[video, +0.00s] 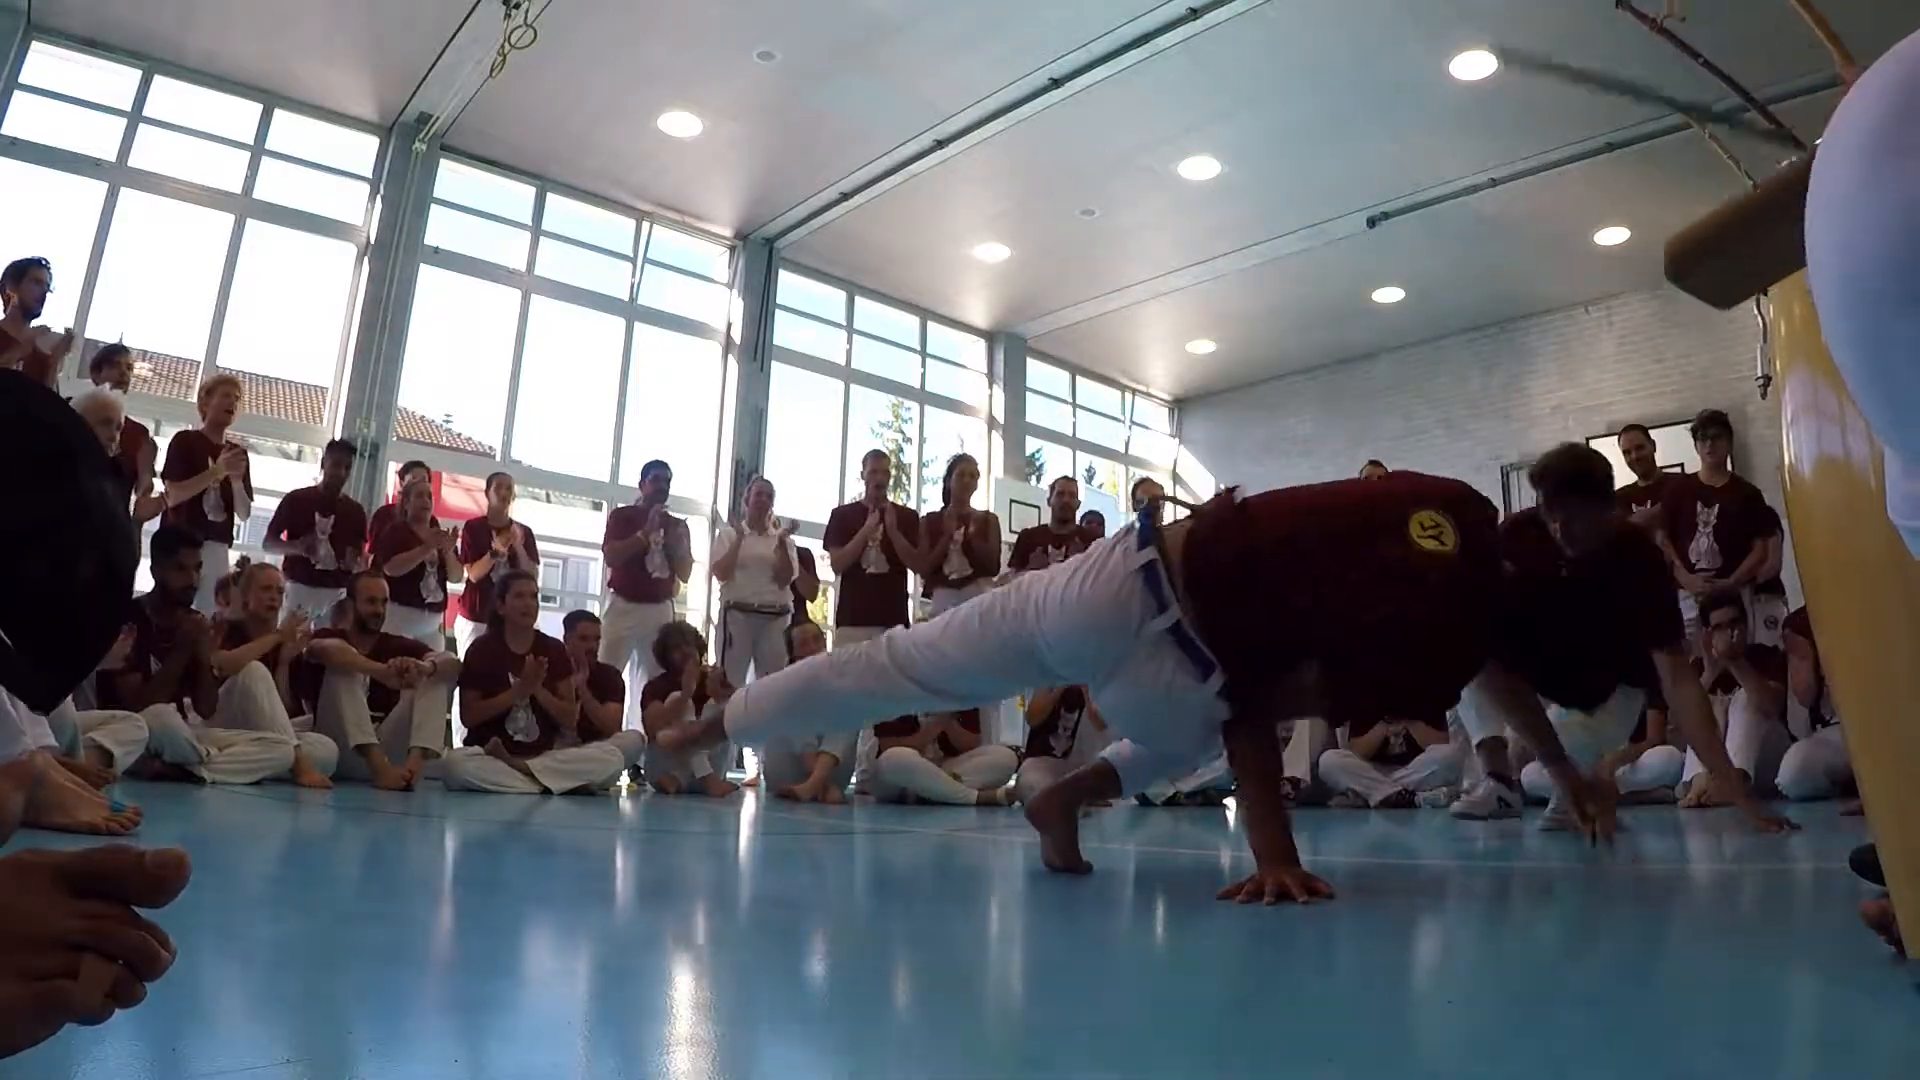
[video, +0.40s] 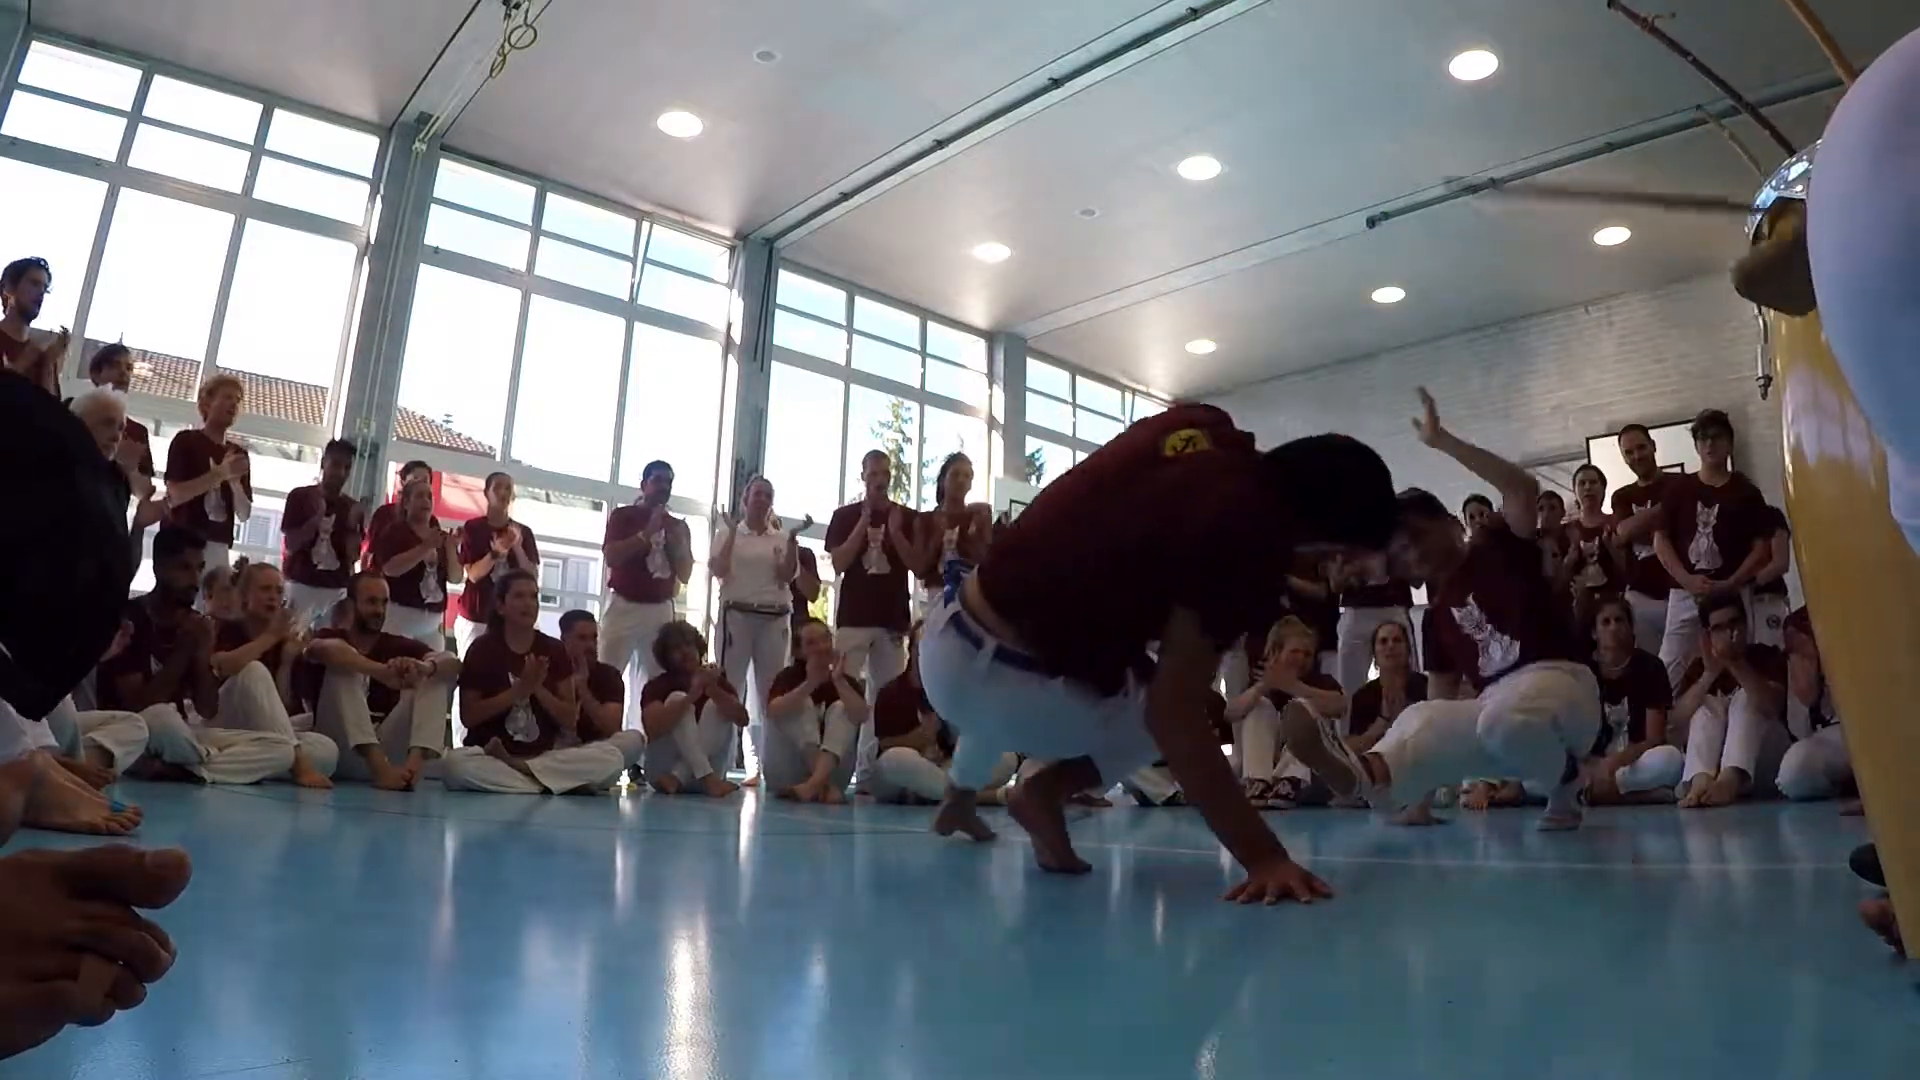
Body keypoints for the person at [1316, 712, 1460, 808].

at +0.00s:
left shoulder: (1426, 703)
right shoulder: (1364, 708)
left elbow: (1444, 743)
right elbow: (1358, 753)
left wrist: (1410, 723)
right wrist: (1383, 726)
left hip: (1420, 769)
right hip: (1372, 769)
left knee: (1447, 755)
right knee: (1328, 761)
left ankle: (1369, 797)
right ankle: (1409, 799)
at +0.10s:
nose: (1392, 692)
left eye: (1397, 684)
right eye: (1385, 685)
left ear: (1408, 682)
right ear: (1377, 688)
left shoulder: (1422, 694)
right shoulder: (1366, 698)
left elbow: (1441, 746)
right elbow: (1356, 751)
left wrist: (1408, 714)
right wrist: (1382, 726)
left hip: (1413, 767)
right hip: (1372, 769)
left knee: (1442, 754)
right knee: (1329, 761)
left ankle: (1372, 796)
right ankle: (1393, 794)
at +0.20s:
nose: (1391, 647)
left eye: (1398, 641)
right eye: (1384, 642)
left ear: (1408, 648)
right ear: (1375, 652)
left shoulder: (1423, 689)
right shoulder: (1364, 696)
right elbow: (1357, 747)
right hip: (1377, 768)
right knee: (1329, 759)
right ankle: (1390, 795)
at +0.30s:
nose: (1390, 646)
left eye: (1397, 640)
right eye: (1383, 642)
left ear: (1408, 649)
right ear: (1374, 652)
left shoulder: (1430, 690)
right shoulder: (1361, 697)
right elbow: (1355, 746)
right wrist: (1383, 730)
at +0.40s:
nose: (1390, 646)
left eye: (1397, 641)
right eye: (1383, 641)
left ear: (1408, 648)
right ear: (1374, 652)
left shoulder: (1427, 687)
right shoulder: (1362, 697)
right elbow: (1354, 749)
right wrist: (1383, 721)